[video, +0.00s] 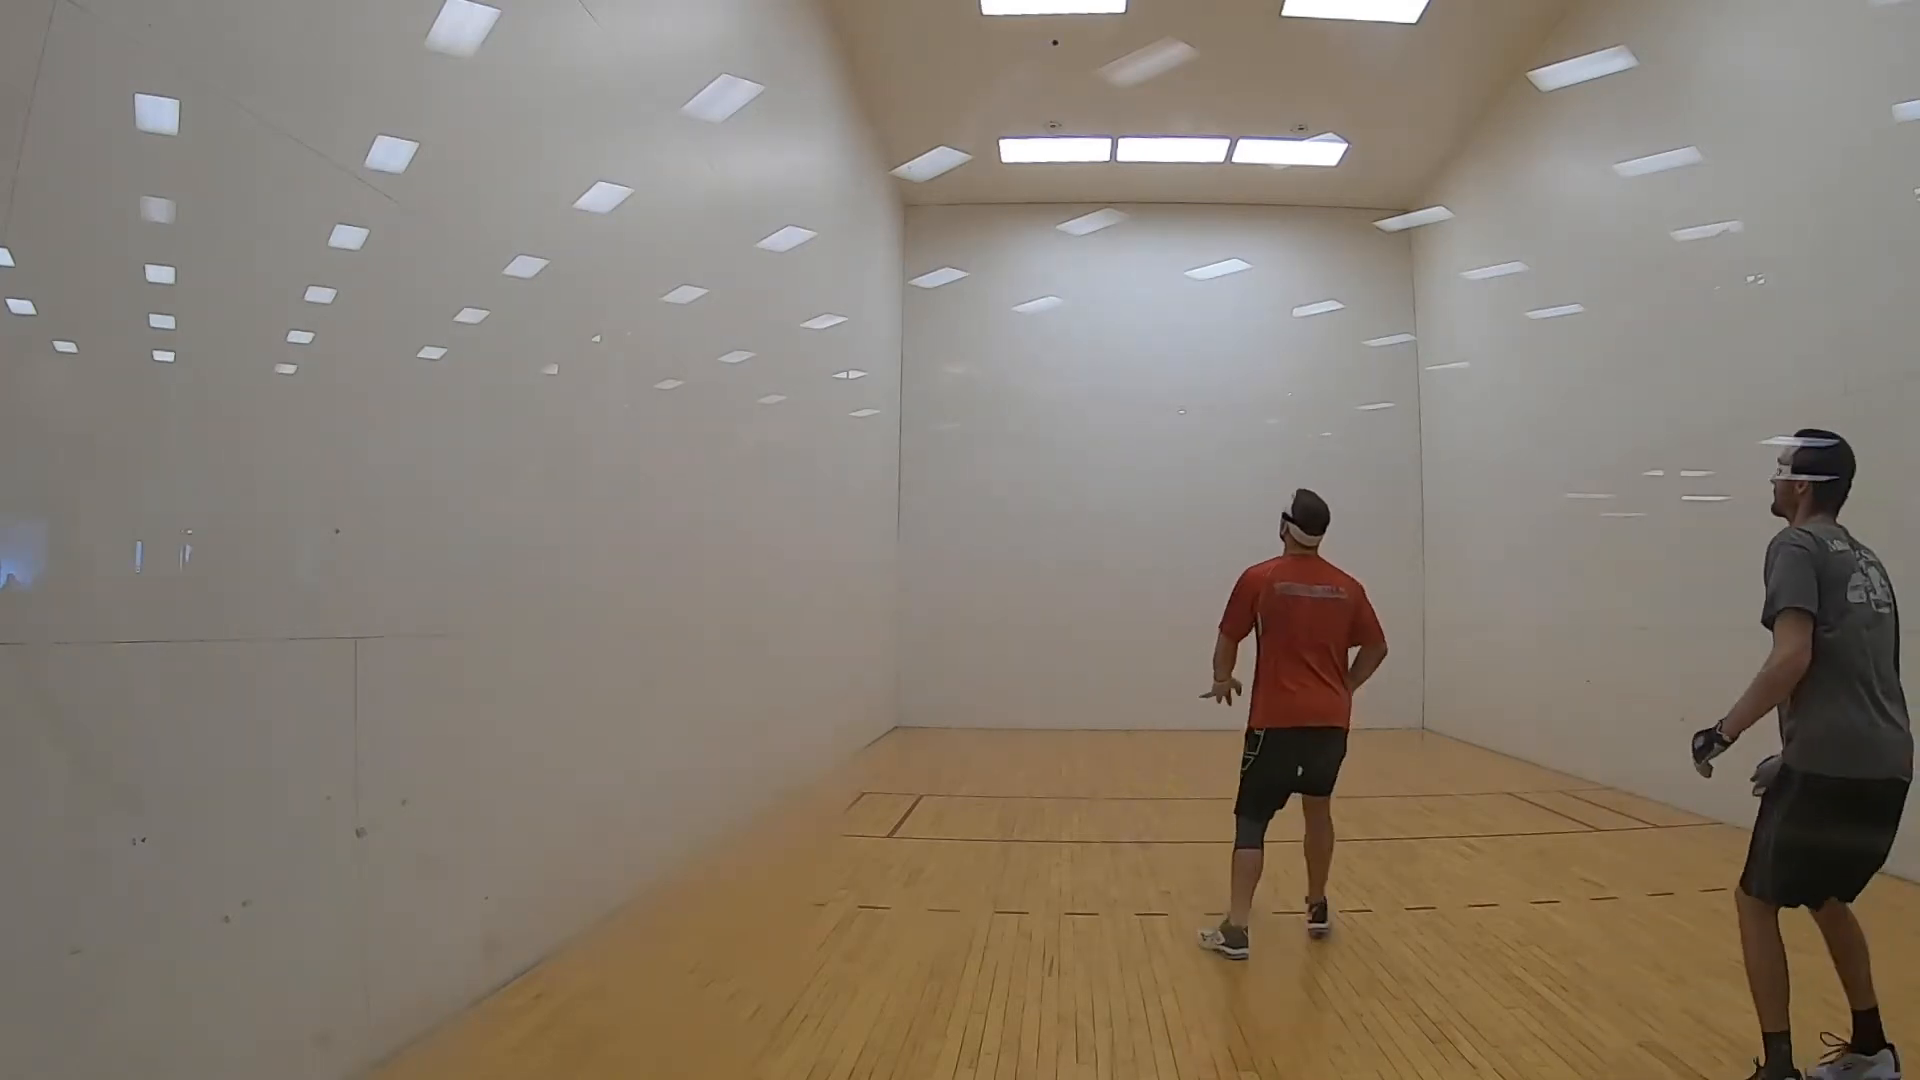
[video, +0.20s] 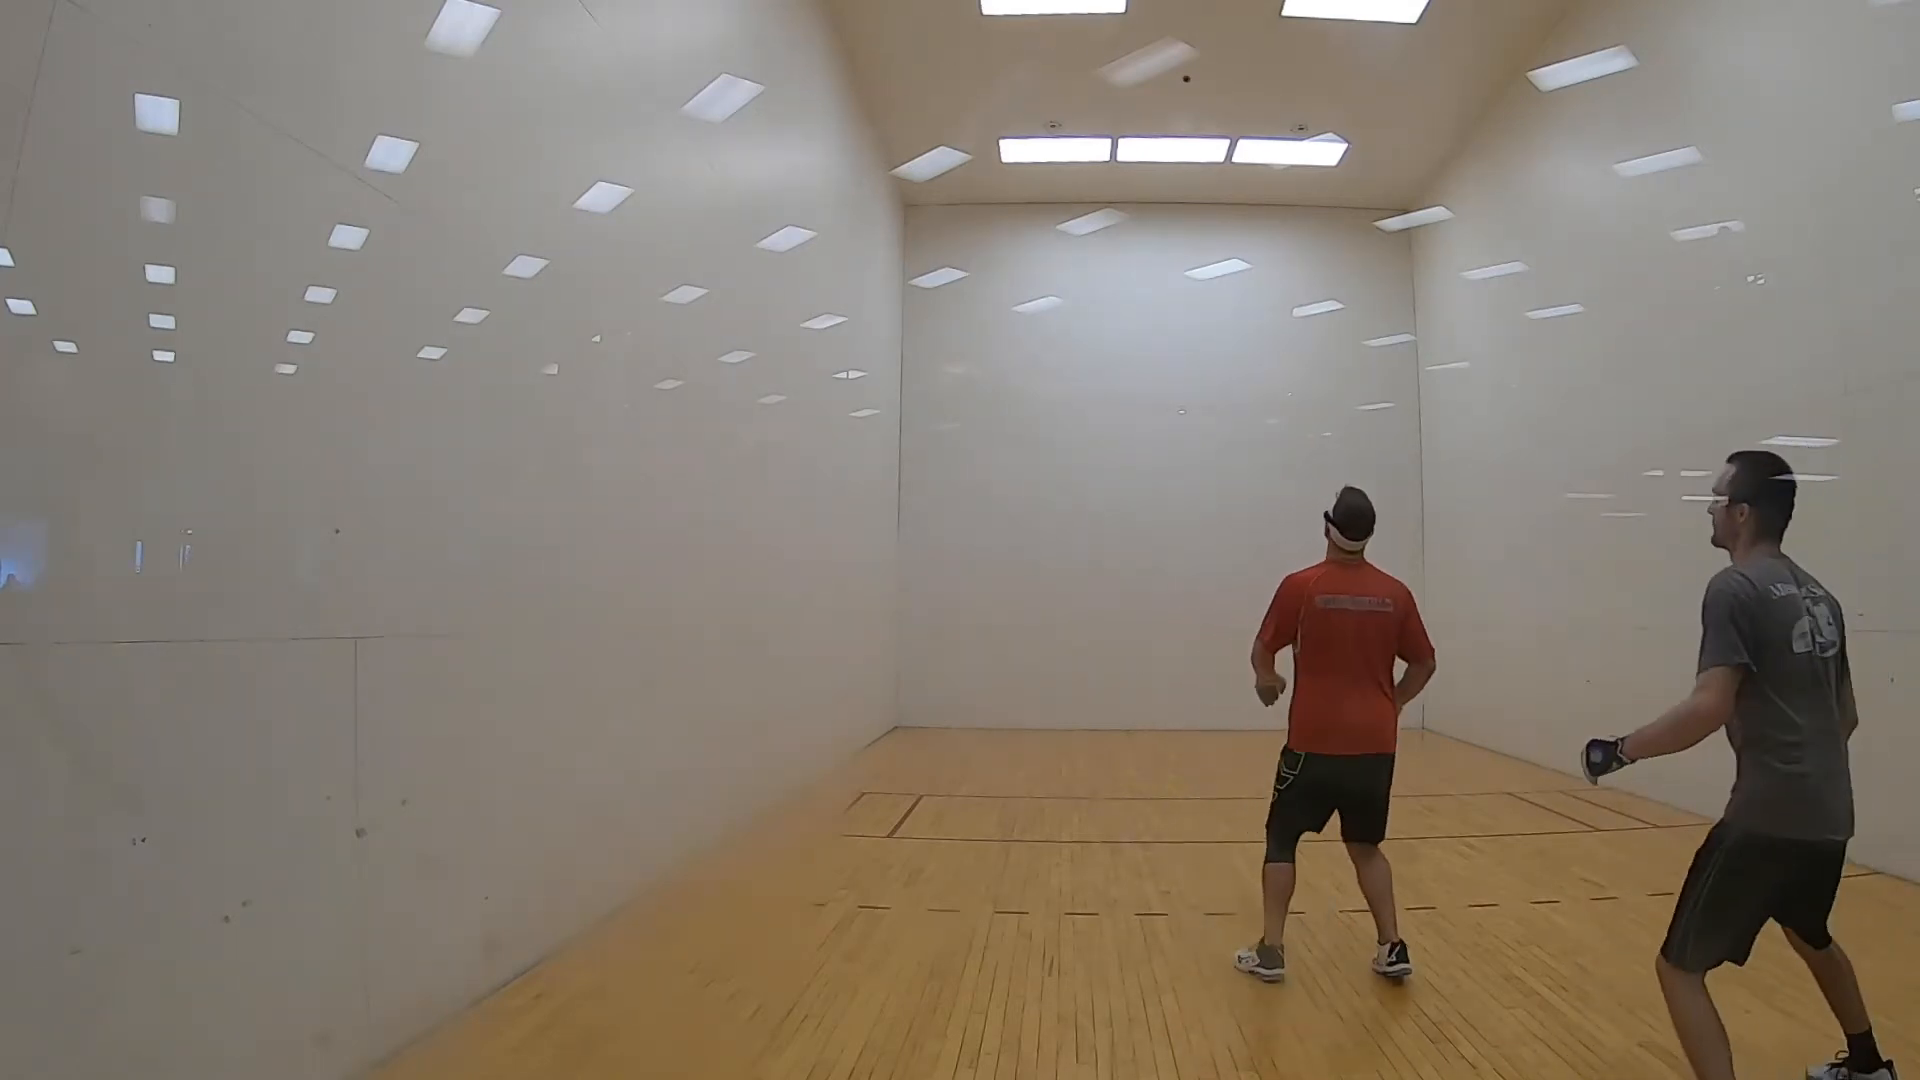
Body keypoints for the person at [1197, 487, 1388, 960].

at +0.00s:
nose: (1281, 527)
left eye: (1283, 522)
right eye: (1290, 523)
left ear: (1286, 528)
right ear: (1324, 534)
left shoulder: (1259, 579)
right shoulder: (1348, 587)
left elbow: (1227, 639)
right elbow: (1376, 648)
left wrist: (1223, 678)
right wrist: (1347, 687)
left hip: (1274, 722)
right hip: (1330, 722)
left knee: (1252, 819)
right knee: (1319, 807)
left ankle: (1236, 929)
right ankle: (1317, 905)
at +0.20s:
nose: (1325, 529)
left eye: (1326, 523)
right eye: (1336, 524)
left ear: (1328, 529)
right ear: (1370, 535)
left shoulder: (1299, 587)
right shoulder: (1395, 593)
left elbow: (1263, 648)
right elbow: (1424, 663)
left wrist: (1267, 681)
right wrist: (1393, 701)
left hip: (1312, 746)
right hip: (1375, 747)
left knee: (1281, 840)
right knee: (1366, 846)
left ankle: (1271, 950)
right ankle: (1392, 945)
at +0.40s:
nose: (1391, 494)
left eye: (1377, 486)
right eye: (1398, 486)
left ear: (1356, 490)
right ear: (1403, 492)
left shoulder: (1321, 554)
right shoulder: (1433, 558)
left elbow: (1310, 626)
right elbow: (1458, 645)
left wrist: (1346, 663)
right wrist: (1446, 692)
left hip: (1345, 719)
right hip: (1411, 720)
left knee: (1353, 831)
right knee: (1417, 843)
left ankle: (1338, 954)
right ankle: (1418, 958)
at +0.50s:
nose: (1434, 504)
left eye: (1431, 495)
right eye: (1427, 496)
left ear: (1380, 508)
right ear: (1406, 506)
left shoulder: (1339, 571)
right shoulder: (1435, 575)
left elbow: (1332, 651)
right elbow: (1465, 668)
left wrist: (1374, 682)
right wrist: (1478, 710)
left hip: (1364, 745)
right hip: (1430, 747)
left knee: (1376, 854)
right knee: (1454, 858)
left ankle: (1350, 978)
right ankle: (1442, 985)